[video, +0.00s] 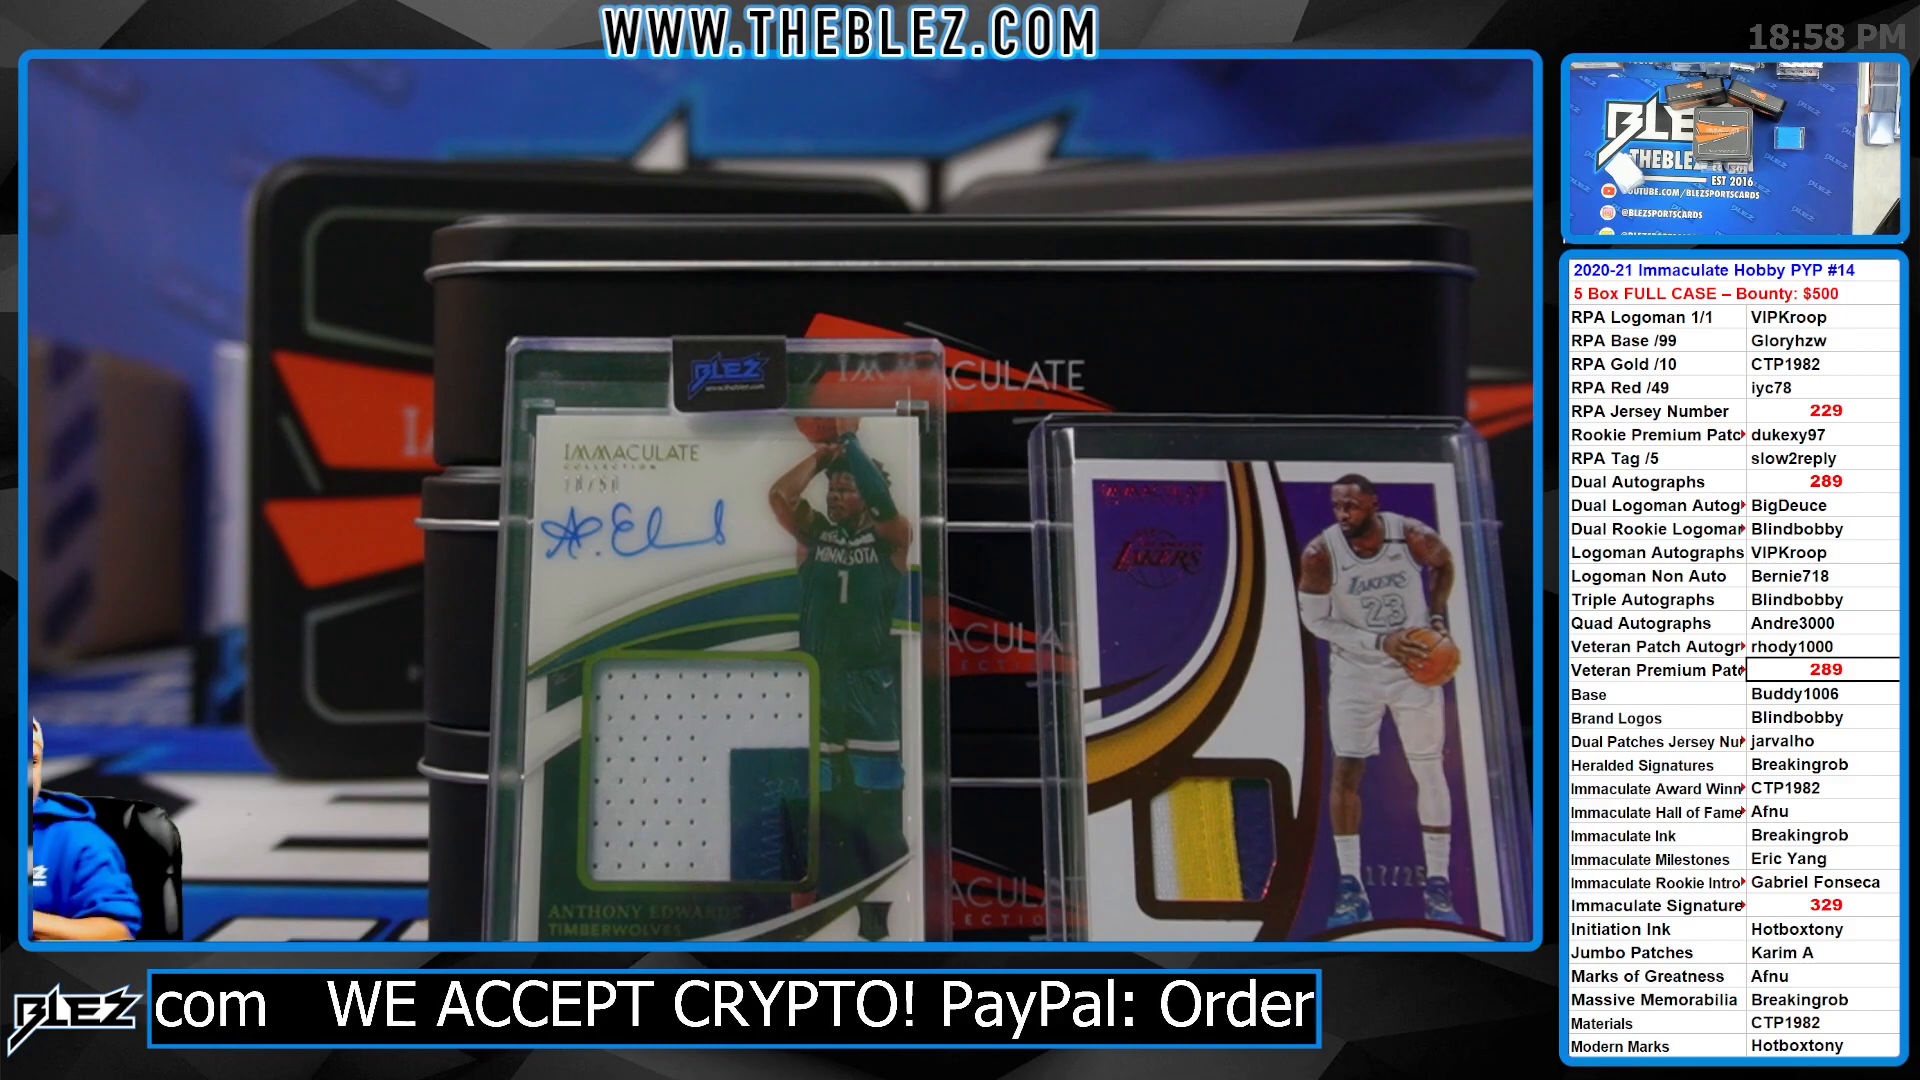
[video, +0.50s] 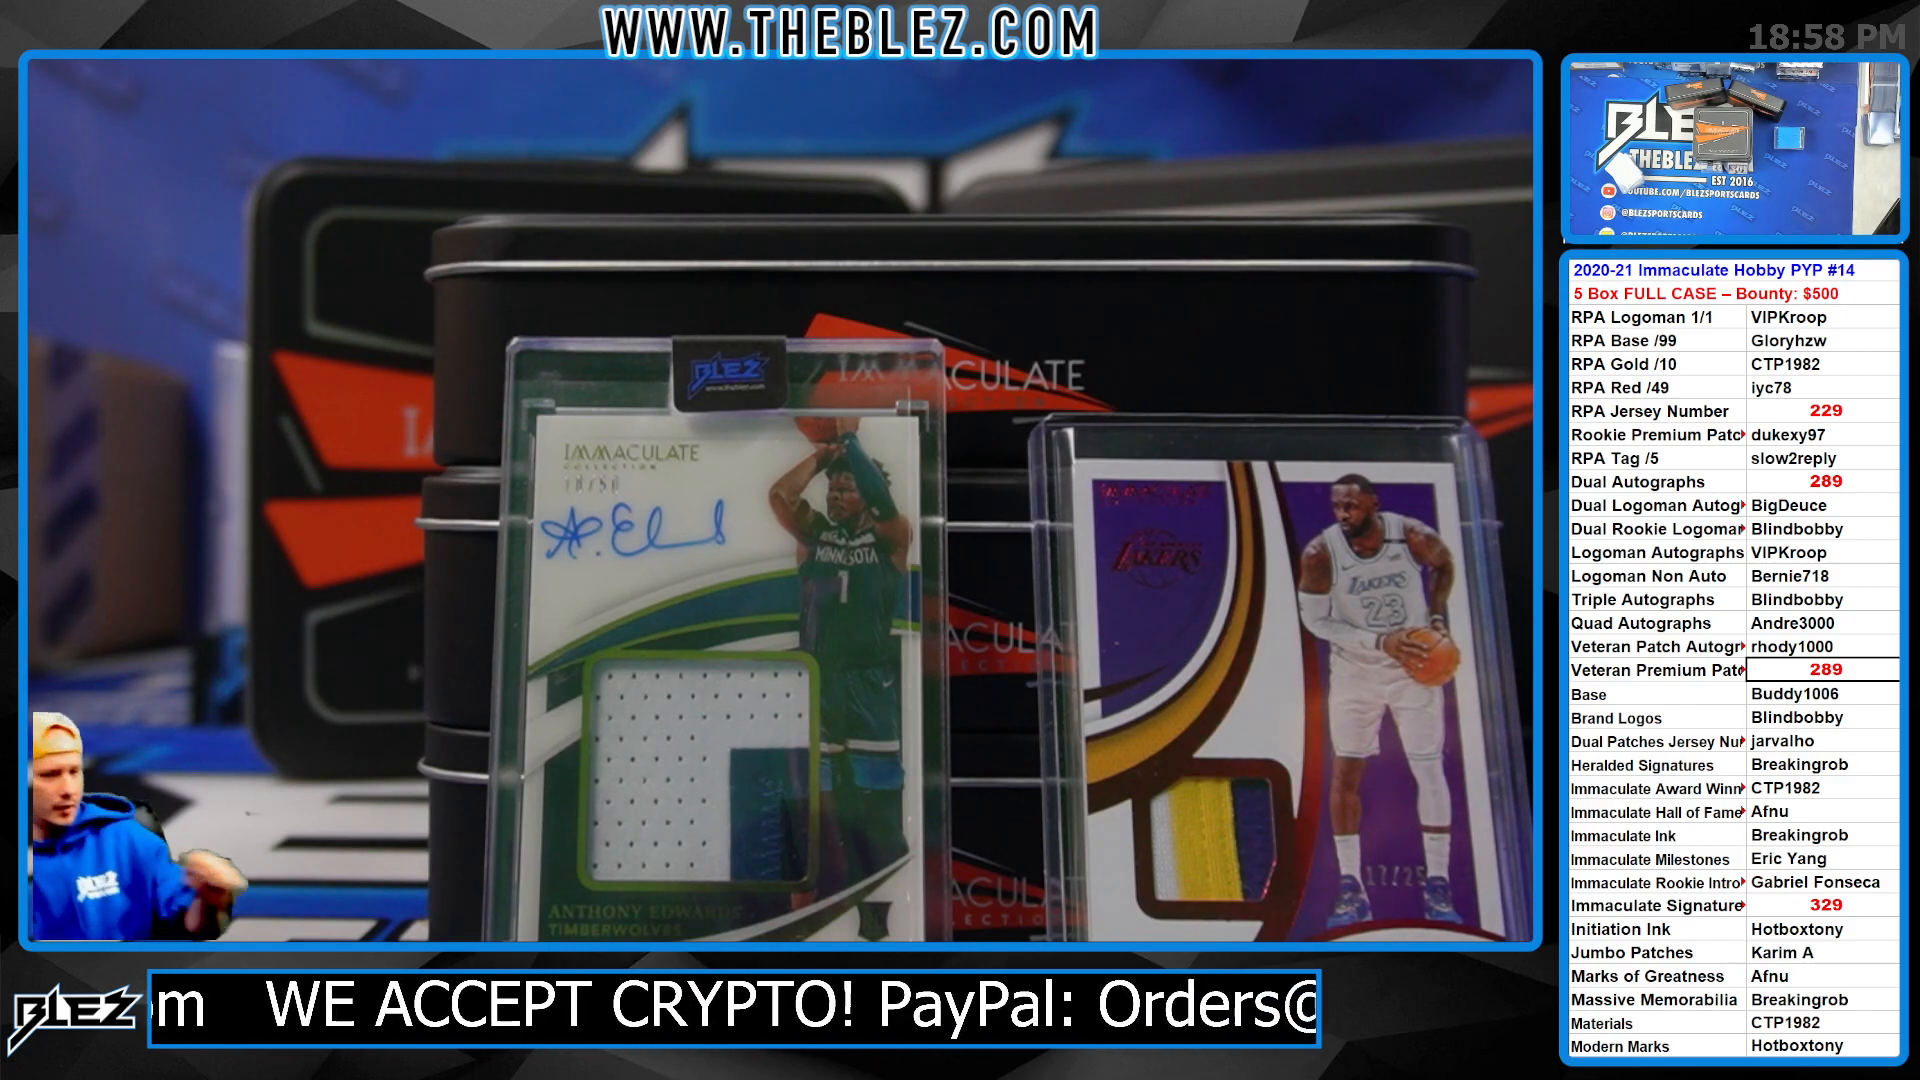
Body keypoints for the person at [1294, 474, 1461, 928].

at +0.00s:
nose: (1342, 514)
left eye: (1351, 506)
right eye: (1336, 506)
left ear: (1374, 505)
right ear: (1332, 509)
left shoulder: (1413, 536)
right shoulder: (1319, 555)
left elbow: (1444, 565)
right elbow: (1316, 621)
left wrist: (1437, 617)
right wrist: (1379, 642)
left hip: (1414, 672)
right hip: (1354, 675)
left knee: (1430, 771)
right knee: (1347, 773)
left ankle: (1438, 884)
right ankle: (1351, 888)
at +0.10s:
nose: (1343, 514)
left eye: (1351, 505)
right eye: (1337, 506)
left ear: (1374, 505)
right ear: (1332, 509)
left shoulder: (1412, 535)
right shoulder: (1319, 555)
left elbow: (1444, 565)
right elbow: (1316, 621)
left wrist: (1437, 617)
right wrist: (1379, 641)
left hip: (1414, 673)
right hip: (1354, 675)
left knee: (1430, 772)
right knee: (1347, 775)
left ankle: (1438, 884)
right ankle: (1351, 888)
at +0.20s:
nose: (1342, 514)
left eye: (1351, 505)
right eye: (1337, 506)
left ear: (1374, 505)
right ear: (1332, 509)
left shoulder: (1412, 535)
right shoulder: (1319, 555)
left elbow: (1444, 565)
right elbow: (1316, 621)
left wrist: (1437, 616)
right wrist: (1379, 641)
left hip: (1414, 673)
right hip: (1354, 675)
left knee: (1430, 772)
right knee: (1347, 774)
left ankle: (1438, 884)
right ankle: (1351, 888)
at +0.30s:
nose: (1342, 514)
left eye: (1351, 505)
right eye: (1337, 506)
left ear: (1374, 504)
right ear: (1332, 509)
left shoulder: (1412, 535)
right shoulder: (1319, 555)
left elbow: (1444, 564)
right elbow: (1316, 621)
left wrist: (1437, 616)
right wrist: (1379, 641)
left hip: (1414, 673)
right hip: (1354, 675)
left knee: (1430, 771)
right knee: (1347, 773)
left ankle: (1438, 884)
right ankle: (1351, 888)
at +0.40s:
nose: (1343, 514)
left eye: (1351, 505)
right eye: (1337, 506)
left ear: (1374, 504)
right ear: (1332, 509)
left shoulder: (1413, 536)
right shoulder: (1319, 555)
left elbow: (1444, 565)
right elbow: (1316, 621)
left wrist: (1437, 616)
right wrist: (1379, 641)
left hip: (1414, 673)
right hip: (1354, 675)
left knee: (1430, 772)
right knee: (1347, 775)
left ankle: (1438, 885)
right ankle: (1351, 888)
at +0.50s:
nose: (1343, 514)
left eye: (1351, 505)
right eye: (1337, 506)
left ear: (1374, 504)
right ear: (1332, 509)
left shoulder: (1412, 535)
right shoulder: (1319, 555)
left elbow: (1444, 565)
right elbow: (1316, 621)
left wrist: (1436, 617)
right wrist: (1378, 641)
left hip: (1414, 671)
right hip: (1354, 674)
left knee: (1429, 771)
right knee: (1347, 775)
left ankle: (1438, 884)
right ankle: (1351, 887)